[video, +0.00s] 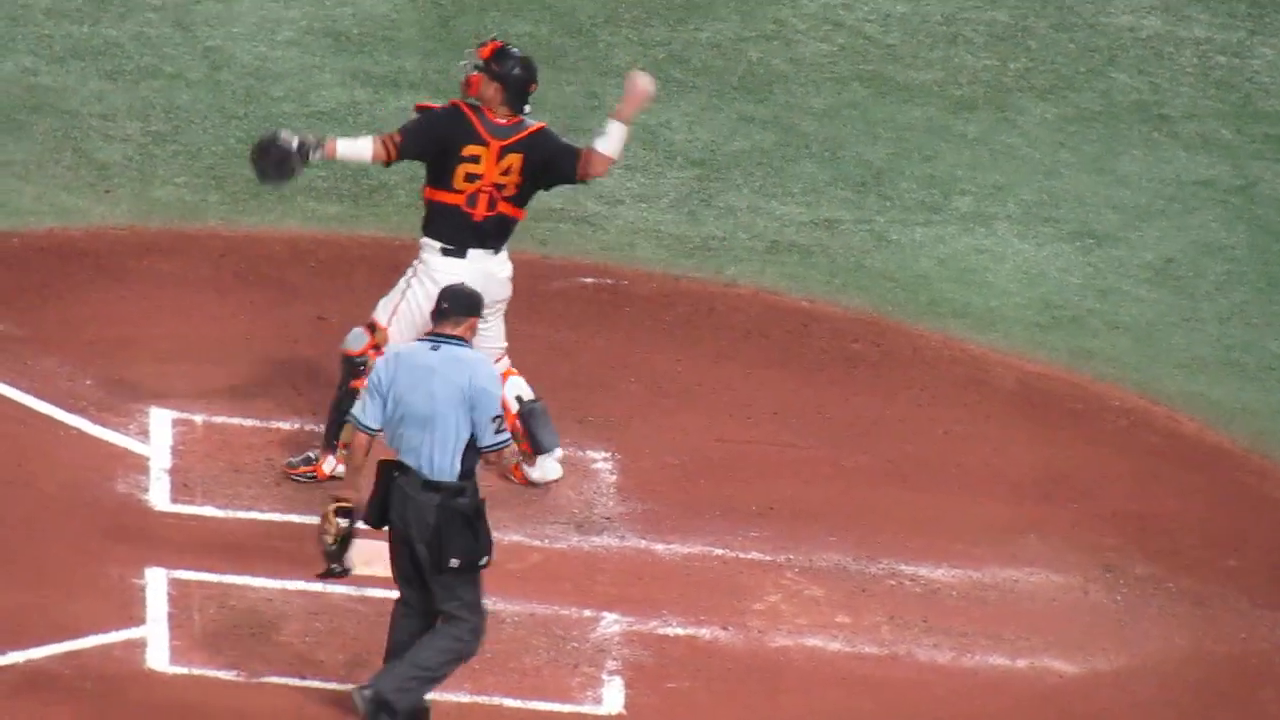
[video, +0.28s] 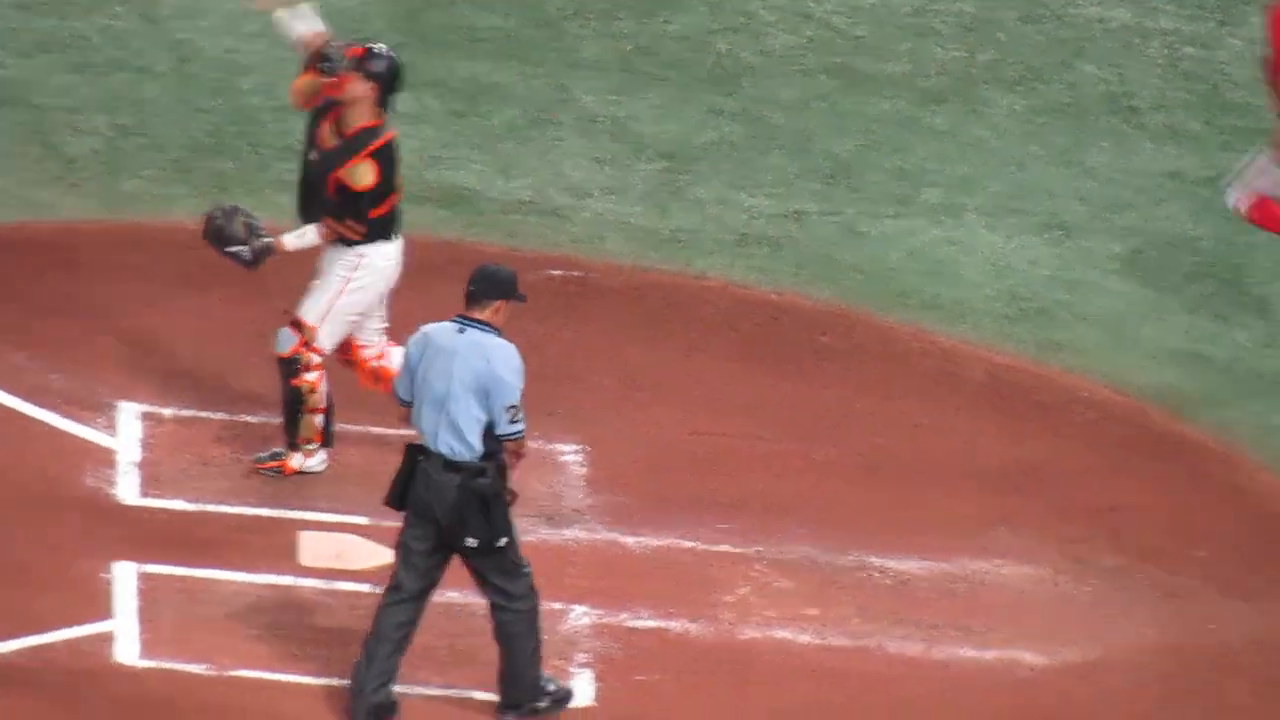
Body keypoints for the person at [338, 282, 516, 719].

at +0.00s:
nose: (478, 329)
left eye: (474, 323)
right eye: (477, 324)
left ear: (435, 317)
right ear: (471, 324)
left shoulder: (393, 360)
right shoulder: (478, 370)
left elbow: (360, 435)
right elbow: (497, 448)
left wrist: (354, 495)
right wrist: (517, 466)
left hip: (399, 495)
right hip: (446, 505)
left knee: (413, 605)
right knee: (464, 624)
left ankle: (401, 701)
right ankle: (384, 695)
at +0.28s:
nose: (512, 310)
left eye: (511, 303)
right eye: (510, 304)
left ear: (470, 299)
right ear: (498, 305)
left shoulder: (427, 336)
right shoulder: (502, 353)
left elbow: (404, 399)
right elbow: (510, 435)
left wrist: (449, 412)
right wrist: (514, 459)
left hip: (425, 478)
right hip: (472, 488)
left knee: (406, 588)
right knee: (514, 591)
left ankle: (369, 692)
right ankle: (523, 689)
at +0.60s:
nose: (519, 308)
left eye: (519, 300)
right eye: (517, 301)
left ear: (481, 297)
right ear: (502, 302)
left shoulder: (437, 325)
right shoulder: (507, 352)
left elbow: (417, 383)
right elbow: (515, 428)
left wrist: (459, 393)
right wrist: (530, 429)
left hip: (437, 460)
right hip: (480, 471)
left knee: (436, 555)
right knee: (493, 571)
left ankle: (370, 621)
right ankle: (471, 669)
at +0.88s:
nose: (595, 300)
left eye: (594, 293)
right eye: (592, 294)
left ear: (556, 294)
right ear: (577, 298)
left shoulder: (515, 322)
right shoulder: (591, 348)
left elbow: (481, 372)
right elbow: (596, 416)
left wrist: (526, 367)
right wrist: (562, 387)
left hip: (511, 449)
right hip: (549, 461)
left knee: (555, 532)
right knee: (522, 557)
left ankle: (568, 618)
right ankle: (477, 658)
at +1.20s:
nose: (669, 287)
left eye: (668, 280)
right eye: (662, 281)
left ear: (631, 286)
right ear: (640, 285)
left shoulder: (595, 316)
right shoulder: (655, 331)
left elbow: (570, 380)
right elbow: (650, 403)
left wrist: (614, 391)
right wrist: (669, 453)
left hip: (591, 444)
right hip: (627, 453)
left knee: (609, 543)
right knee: (652, 560)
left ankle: (602, 629)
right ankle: (575, 628)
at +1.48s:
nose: (761, 292)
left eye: (761, 285)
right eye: (753, 285)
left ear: (725, 288)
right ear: (730, 287)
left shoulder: (692, 311)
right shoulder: (730, 323)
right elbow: (684, 364)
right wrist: (687, 413)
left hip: (674, 441)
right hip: (708, 447)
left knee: (650, 539)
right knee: (744, 545)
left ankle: (614, 631)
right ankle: (769, 631)